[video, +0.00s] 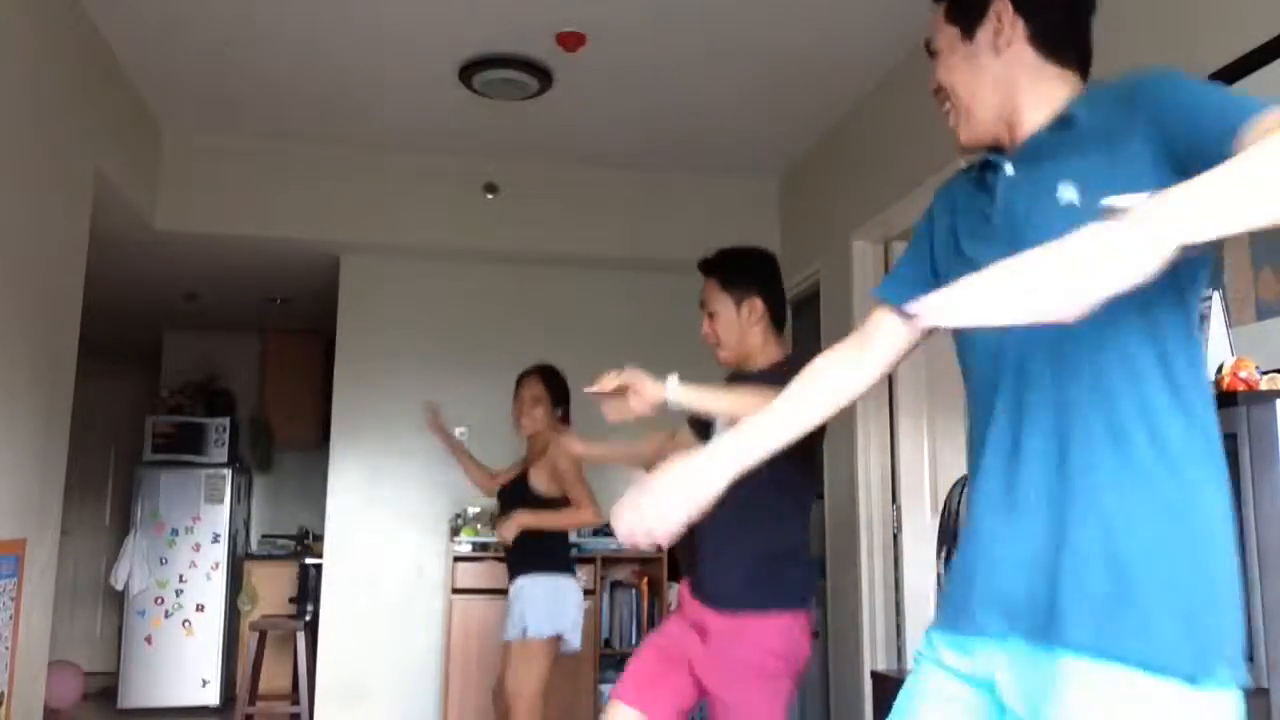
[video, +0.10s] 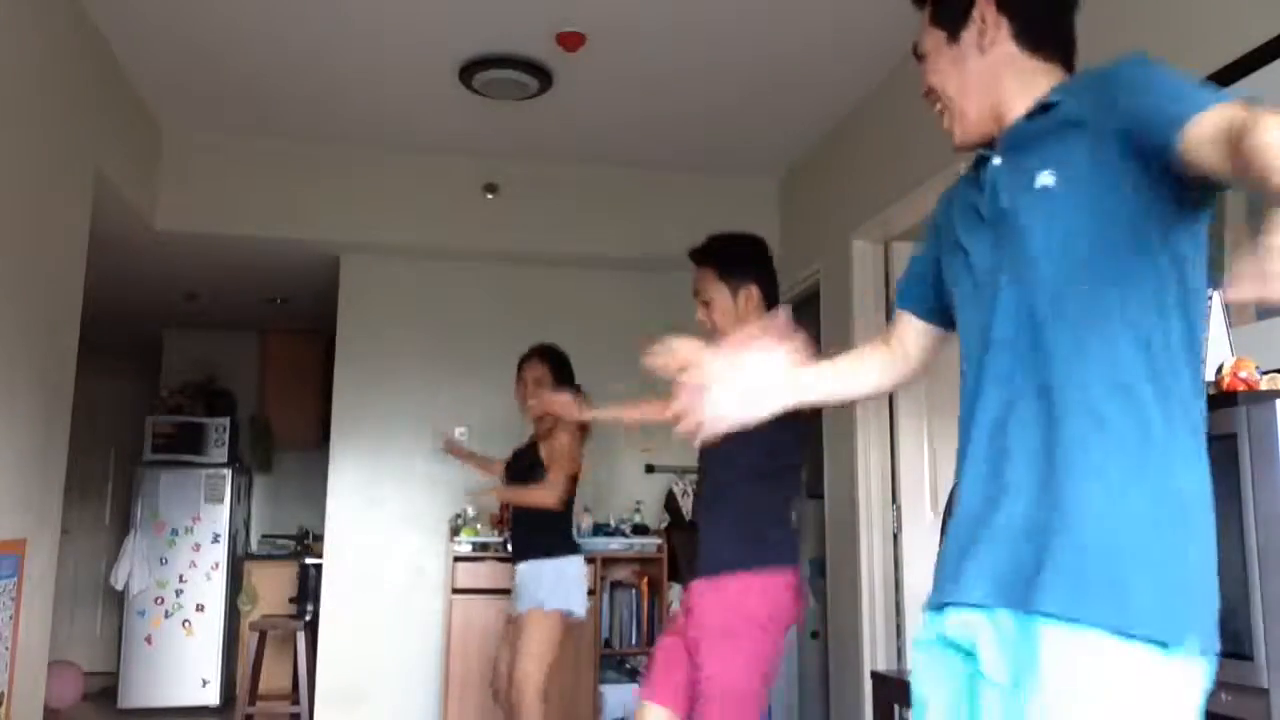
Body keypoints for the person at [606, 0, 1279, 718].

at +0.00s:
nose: (933, 82)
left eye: (939, 52)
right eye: (931, 61)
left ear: (1003, 26)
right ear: (992, 36)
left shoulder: (1152, 108)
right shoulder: (957, 206)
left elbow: (1277, 142)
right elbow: (864, 352)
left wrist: (1143, 233)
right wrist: (705, 470)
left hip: (1149, 622)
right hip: (986, 617)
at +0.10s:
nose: (923, 84)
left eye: (927, 53)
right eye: (920, 61)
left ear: (986, 26)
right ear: (985, 31)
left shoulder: (1122, 95)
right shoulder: (963, 206)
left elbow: (1248, 134)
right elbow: (893, 355)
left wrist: (1262, 254)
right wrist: (777, 379)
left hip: (1121, 591)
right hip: (976, 586)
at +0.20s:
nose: (908, 125)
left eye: (909, 93)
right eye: (904, 101)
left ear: (967, 68)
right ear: (967, 72)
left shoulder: (1101, 137)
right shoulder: (969, 235)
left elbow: (1210, 195)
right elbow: (924, 406)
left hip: (1098, 614)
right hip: (978, 609)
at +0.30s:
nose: (902, 143)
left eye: (902, 113)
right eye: (896, 119)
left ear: (960, 86)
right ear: (959, 91)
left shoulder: (1102, 158)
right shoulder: (975, 256)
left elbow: (1229, 208)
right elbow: (915, 421)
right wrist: (890, 343)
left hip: (1097, 614)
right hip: (999, 611)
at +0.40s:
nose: (910, 117)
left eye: (915, 84)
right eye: (904, 95)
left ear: (987, 46)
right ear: (983, 53)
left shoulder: (1127, 115)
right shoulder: (965, 212)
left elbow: (1258, 135)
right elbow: (895, 366)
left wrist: (1267, 187)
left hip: (1111, 592)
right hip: (995, 591)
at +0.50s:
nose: (932, 86)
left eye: (941, 54)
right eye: (927, 66)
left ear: (1022, 22)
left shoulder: (1150, 90)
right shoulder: (965, 179)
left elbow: (1277, 115)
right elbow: (877, 323)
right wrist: (725, 442)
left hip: (1121, 573)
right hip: (994, 572)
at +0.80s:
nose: (935, 89)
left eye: (945, 56)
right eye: (929, 70)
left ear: (1030, 25)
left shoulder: (1165, 119)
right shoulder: (973, 213)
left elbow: (1276, 139)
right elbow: (867, 360)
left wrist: (1088, 161)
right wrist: (714, 456)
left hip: (1173, 645)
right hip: (1001, 639)